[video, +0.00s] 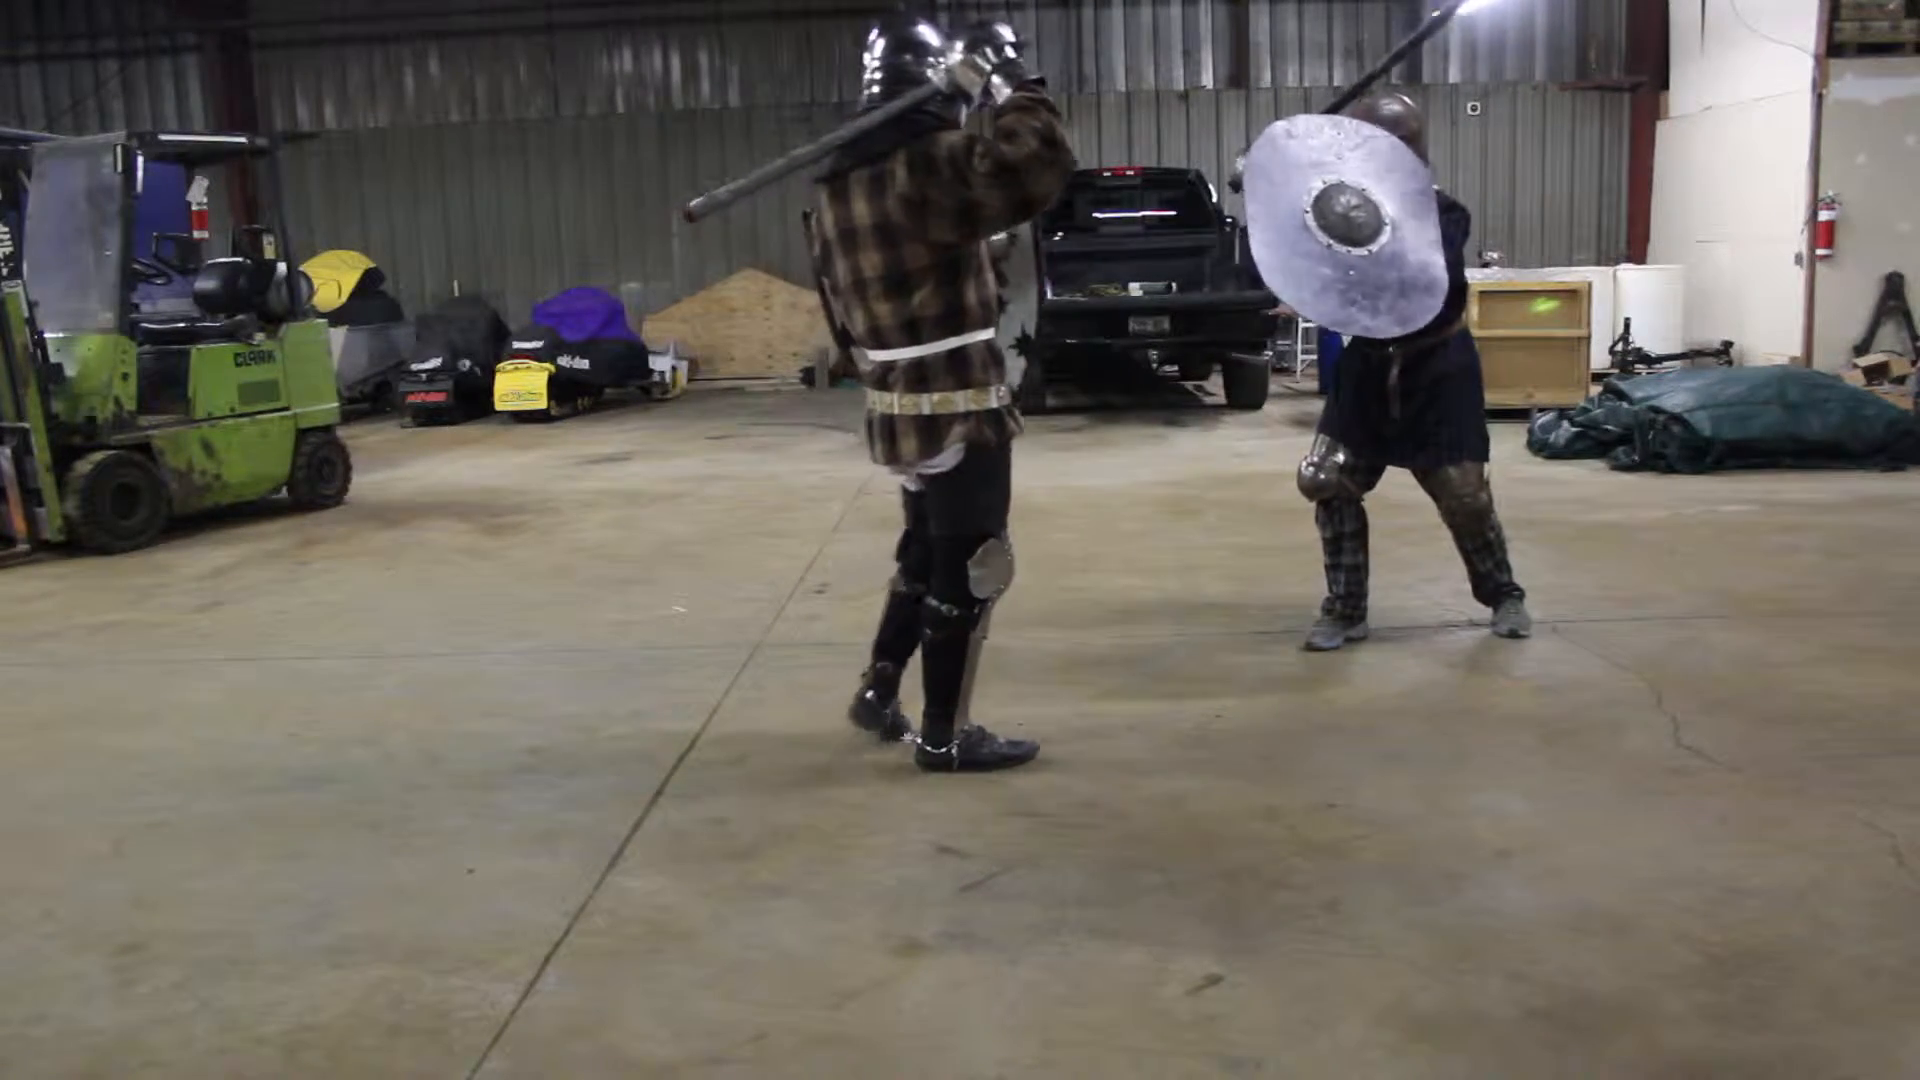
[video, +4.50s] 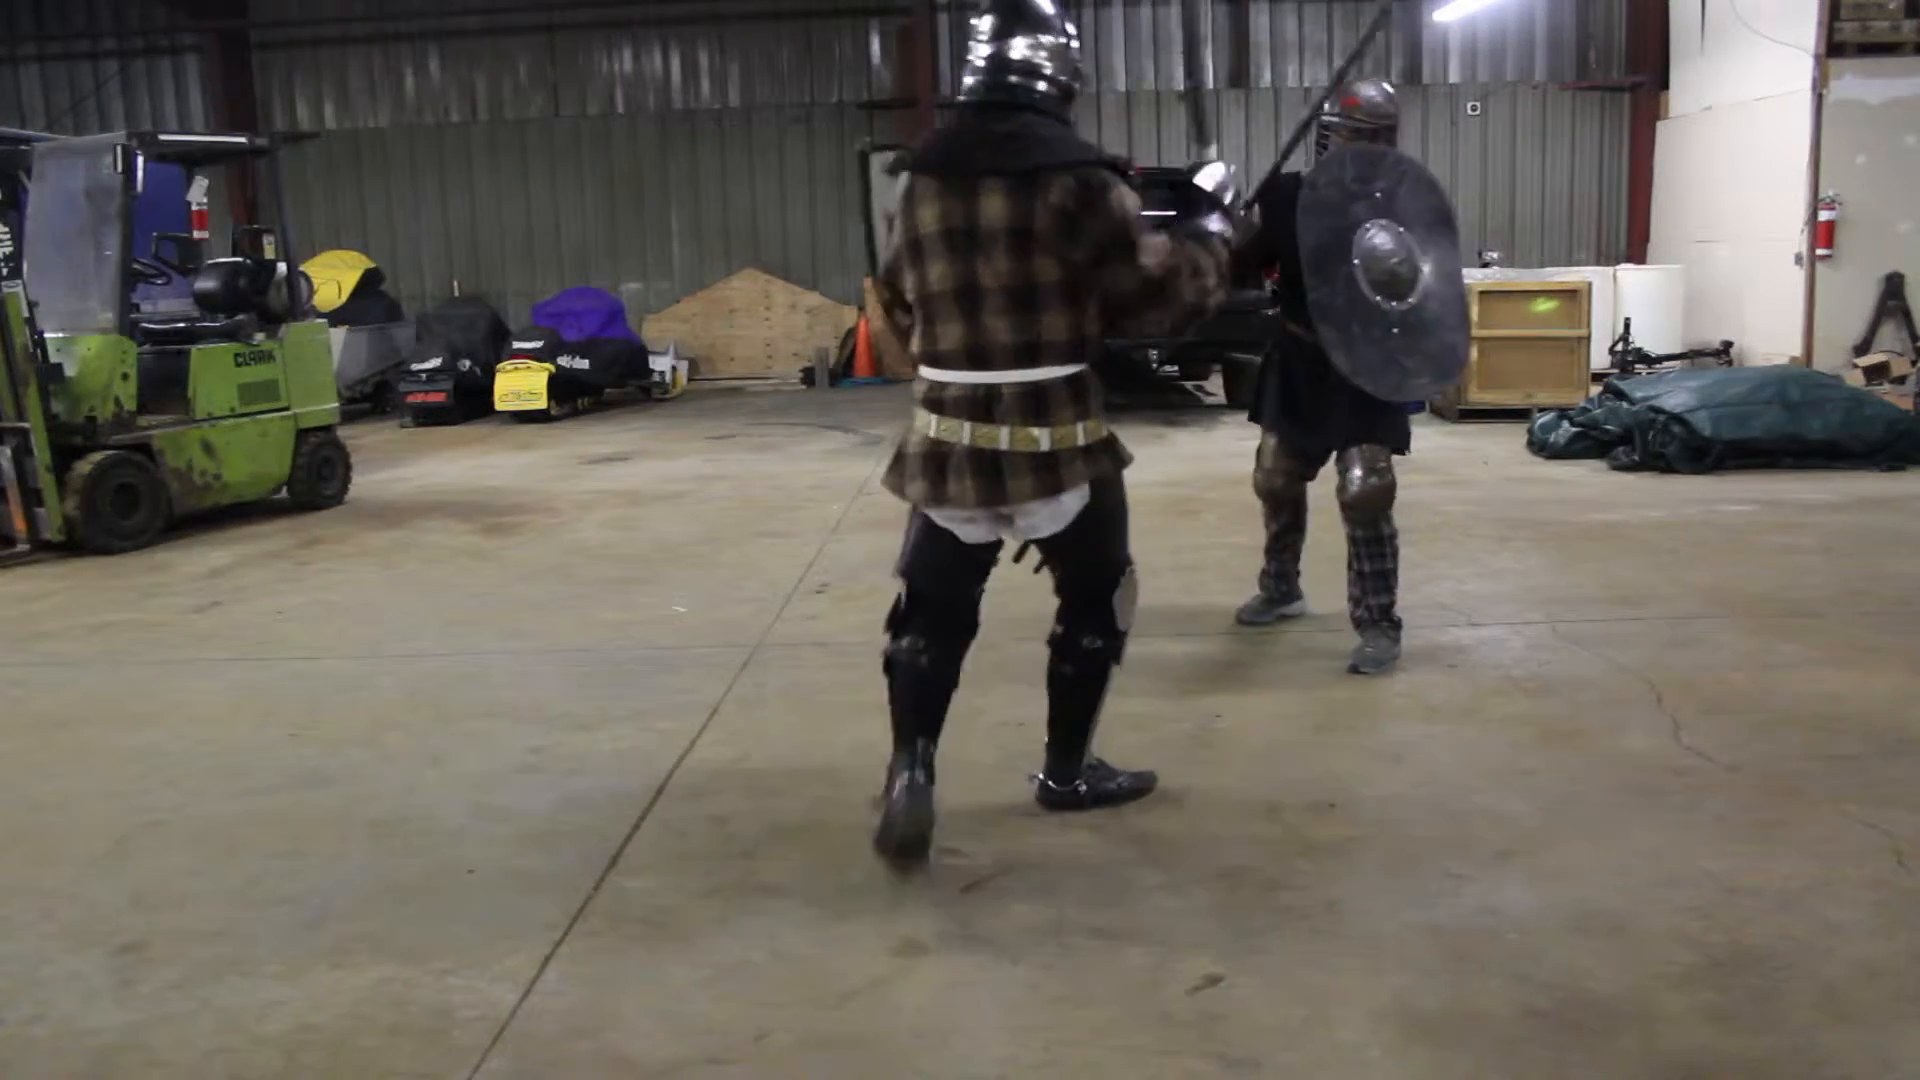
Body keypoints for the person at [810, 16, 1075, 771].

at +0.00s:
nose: (954, 101)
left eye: (952, 86)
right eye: (949, 85)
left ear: (870, 86)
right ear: (929, 86)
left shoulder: (835, 181)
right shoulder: (931, 163)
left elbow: (837, 304)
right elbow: (1035, 157)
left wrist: (868, 366)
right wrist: (1014, 84)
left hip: (901, 407)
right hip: (963, 408)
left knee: (925, 549)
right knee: (967, 568)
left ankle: (878, 691)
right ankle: (946, 732)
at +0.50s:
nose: (975, 97)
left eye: (970, 85)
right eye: (969, 84)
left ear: (886, 92)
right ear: (957, 86)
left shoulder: (863, 193)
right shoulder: (968, 169)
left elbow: (873, 297)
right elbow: (1074, 173)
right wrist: (1076, 78)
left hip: (927, 408)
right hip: (991, 408)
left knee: (965, 554)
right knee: (984, 573)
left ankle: (987, 688)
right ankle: (946, 732)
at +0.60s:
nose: (977, 105)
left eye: (972, 91)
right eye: (970, 92)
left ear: (890, 98)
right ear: (958, 95)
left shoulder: (870, 192)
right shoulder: (963, 179)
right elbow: (1081, 167)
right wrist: (1108, 82)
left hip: (928, 407)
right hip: (990, 410)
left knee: (968, 550)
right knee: (993, 572)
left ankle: (985, 687)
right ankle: (948, 732)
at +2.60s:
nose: (1028, 129)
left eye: (1021, 116)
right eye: (1025, 117)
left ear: (944, 116)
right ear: (1018, 119)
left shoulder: (911, 204)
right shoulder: (1023, 201)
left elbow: (907, 298)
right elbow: (1129, 272)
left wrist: (1071, 205)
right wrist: (1146, 204)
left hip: (939, 422)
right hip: (1009, 426)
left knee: (994, 549)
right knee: (1041, 584)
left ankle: (1005, 675)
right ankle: (959, 731)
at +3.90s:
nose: (1058, 130)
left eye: (1050, 117)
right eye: (1051, 118)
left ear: (974, 124)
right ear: (1040, 125)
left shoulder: (936, 213)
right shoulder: (1050, 212)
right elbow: (1164, 265)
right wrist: (1208, 223)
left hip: (968, 435)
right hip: (1038, 438)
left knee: (1027, 550)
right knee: (1122, 587)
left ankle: (1003, 677)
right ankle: (1066, 751)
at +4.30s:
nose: (1105, 113)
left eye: (1097, 99)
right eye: (1100, 99)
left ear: (1010, 92)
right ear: (1089, 103)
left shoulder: (957, 185)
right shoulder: (1094, 196)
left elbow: (938, 280)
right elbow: (1197, 264)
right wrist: (1216, 202)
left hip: (966, 445)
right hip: (1059, 453)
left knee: (971, 581)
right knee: (1136, 597)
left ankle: (932, 729)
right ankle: (1068, 764)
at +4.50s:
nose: (1076, 100)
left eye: (1070, 87)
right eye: (1074, 86)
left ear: (976, 78)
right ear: (1061, 84)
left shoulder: (925, 179)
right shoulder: (1078, 181)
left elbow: (894, 300)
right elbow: (1152, 292)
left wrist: (944, 358)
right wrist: (1216, 239)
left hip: (948, 441)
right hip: (1059, 441)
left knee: (931, 609)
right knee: (1094, 593)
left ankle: (909, 767)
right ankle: (1067, 766)